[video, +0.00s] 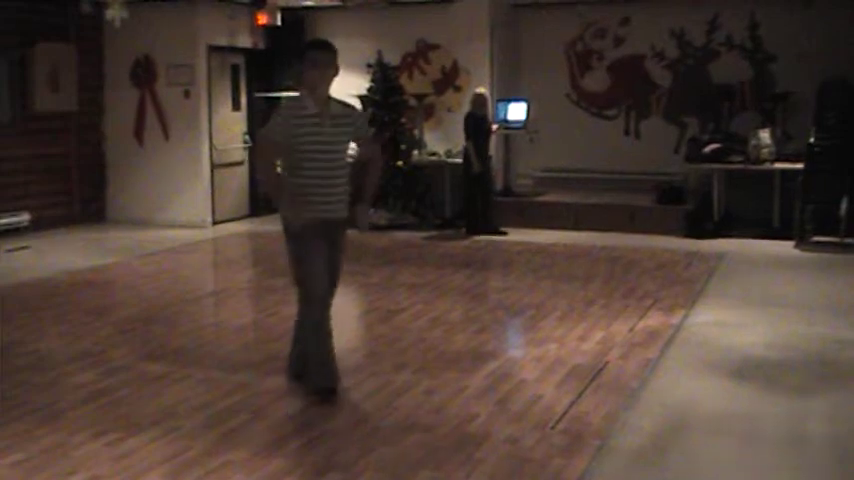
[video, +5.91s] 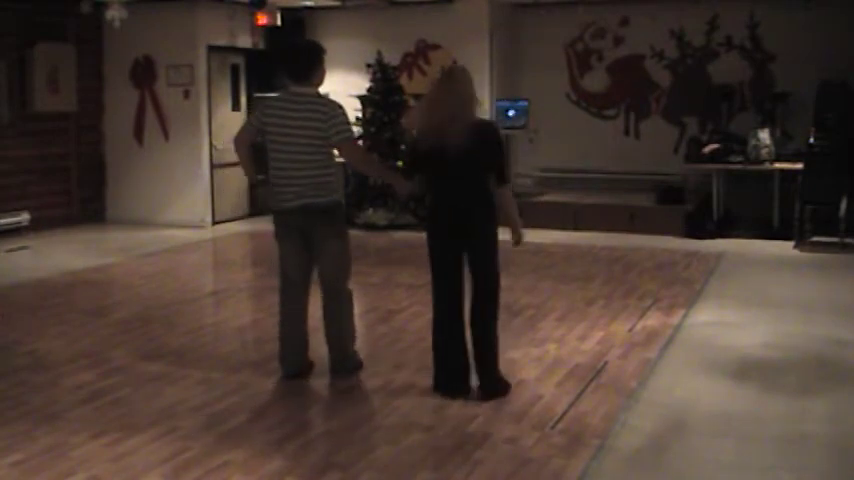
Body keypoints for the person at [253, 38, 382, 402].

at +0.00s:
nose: (321, 74)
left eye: (328, 67)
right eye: (315, 66)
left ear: (337, 71)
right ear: (303, 71)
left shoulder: (348, 115)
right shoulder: (289, 114)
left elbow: (372, 154)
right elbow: (262, 158)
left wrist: (363, 201)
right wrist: (282, 197)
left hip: (336, 216)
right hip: (301, 216)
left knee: (323, 292)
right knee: (315, 293)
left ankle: (300, 361)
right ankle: (323, 379)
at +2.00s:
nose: (310, 77)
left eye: (317, 70)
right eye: (305, 70)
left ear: (328, 75)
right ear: (295, 74)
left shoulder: (345, 115)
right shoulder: (277, 116)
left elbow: (382, 145)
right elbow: (240, 152)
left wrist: (360, 185)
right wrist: (261, 195)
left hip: (336, 218)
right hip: (297, 218)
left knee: (327, 297)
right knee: (310, 297)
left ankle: (315, 362)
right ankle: (318, 379)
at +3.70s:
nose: (330, 74)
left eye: (331, 68)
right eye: (323, 68)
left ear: (326, 72)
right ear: (304, 71)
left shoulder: (325, 111)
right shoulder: (291, 111)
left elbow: (334, 158)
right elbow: (275, 160)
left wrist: (337, 194)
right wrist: (290, 198)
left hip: (331, 212)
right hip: (308, 214)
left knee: (324, 290)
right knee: (328, 292)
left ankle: (311, 362)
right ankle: (328, 373)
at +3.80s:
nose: (333, 71)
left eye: (332, 66)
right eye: (327, 66)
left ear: (314, 72)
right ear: (308, 71)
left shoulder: (314, 108)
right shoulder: (299, 109)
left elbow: (311, 156)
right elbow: (290, 149)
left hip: (320, 211)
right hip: (311, 212)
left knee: (318, 287)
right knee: (334, 290)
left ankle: (305, 361)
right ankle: (330, 371)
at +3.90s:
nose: (327, 72)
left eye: (325, 65)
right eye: (323, 66)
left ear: (300, 71)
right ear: (312, 70)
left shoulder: (292, 105)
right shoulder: (315, 106)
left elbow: (277, 143)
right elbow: (327, 156)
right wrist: (333, 202)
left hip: (299, 209)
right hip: (319, 209)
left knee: (315, 288)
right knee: (336, 291)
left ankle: (304, 364)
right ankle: (333, 370)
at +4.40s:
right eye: (302, 67)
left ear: (275, 75)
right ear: (306, 71)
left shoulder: (263, 112)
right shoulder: (329, 107)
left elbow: (226, 150)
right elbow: (364, 142)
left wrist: (251, 181)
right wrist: (377, 172)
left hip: (287, 216)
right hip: (329, 212)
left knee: (290, 294)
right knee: (331, 296)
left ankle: (295, 368)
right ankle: (331, 376)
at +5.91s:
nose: (325, 71)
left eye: (323, 65)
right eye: (322, 65)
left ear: (287, 69)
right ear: (316, 69)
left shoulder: (269, 107)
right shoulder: (326, 108)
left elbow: (241, 142)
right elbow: (353, 154)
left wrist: (254, 175)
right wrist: (394, 179)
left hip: (285, 210)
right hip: (325, 208)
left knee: (292, 287)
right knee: (335, 285)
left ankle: (293, 363)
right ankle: (343, 361)